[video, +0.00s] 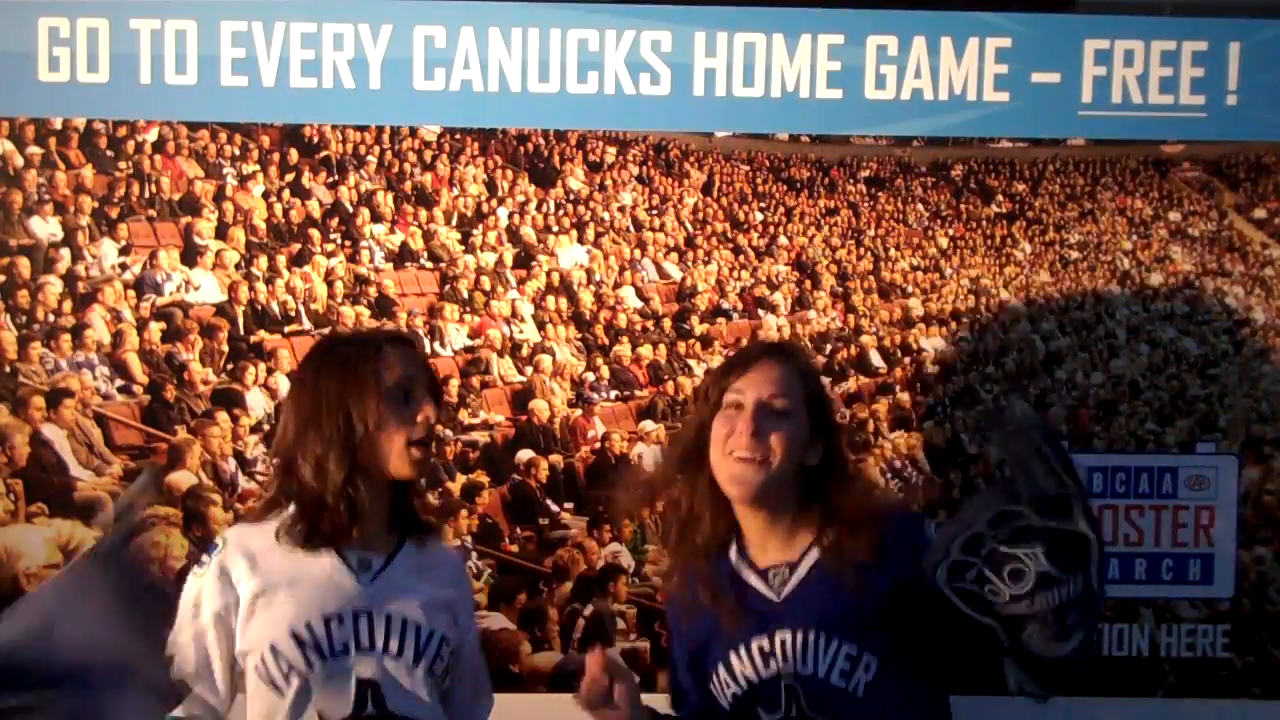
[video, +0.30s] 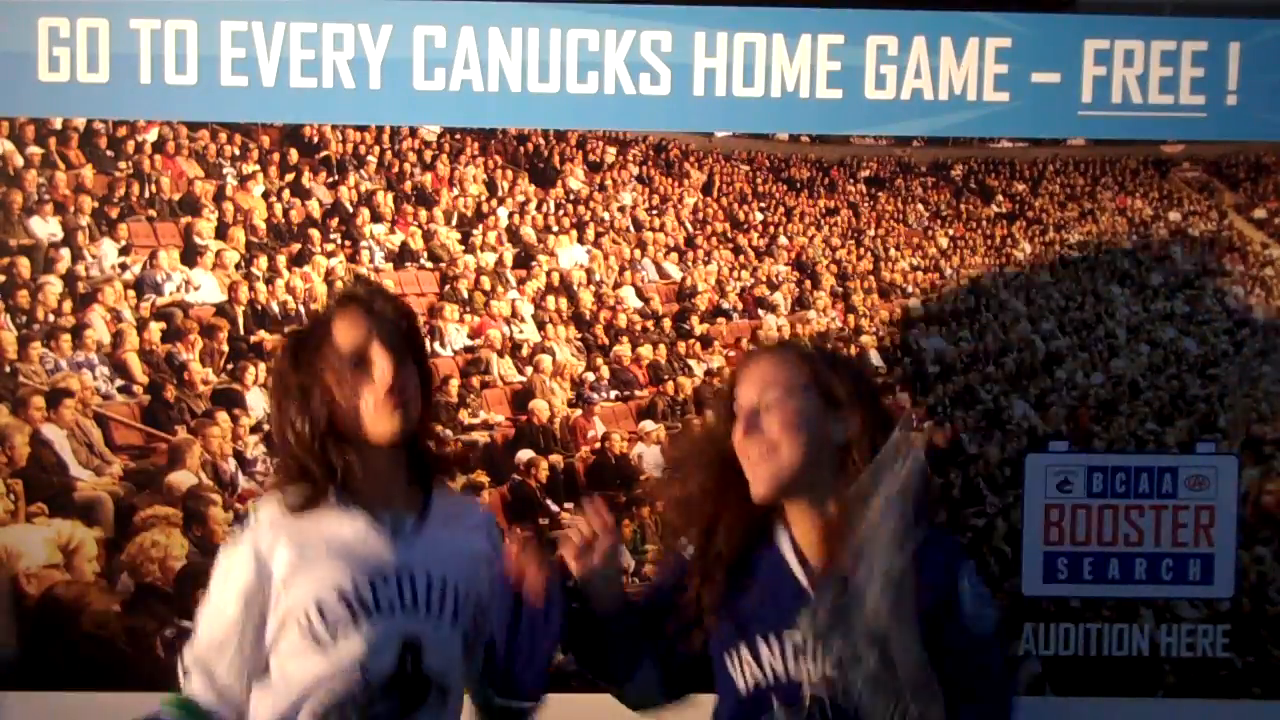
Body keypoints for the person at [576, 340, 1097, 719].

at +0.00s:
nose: (746, 431)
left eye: (774, 414)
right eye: (730, 409)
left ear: (814, 445)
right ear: (705, 432)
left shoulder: (895, 550)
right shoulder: (691, 589)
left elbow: (977, 678)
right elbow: (698, 717)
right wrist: (634, 714)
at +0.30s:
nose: (742, 434)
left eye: (766, 409)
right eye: (739, 417)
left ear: (841, 420)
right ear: (731, 438)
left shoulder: (924, 560)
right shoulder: (729, 563)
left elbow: (980, 698)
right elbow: (646, 684)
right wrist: (605, 588)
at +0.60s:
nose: (801, 381)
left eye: (833, 368)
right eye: (808, 363)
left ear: (901, 404)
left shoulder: (956, 534)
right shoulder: (750, 500)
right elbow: (675, 634)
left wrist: (1067, 668)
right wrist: (626, 525)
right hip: (757, 713)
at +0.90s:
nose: (839, 400)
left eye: (865, 389)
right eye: (827, 386)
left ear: (915, 422)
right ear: (805, 416)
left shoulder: (987, 534)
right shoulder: (781, 555)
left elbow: (1082, 648)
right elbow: (698, 679)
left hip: (971, 710)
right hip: (834, 709)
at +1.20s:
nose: (870, 446)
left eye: (892, 430)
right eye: (850, 422)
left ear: (916, 458)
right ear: (814, 442)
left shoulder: (974, 577)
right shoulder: (772, 565)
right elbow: (636, 617)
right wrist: (639, 476)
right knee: (570, 708)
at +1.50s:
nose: (864, 448)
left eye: (877, 418)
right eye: (847, 440)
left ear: (934, 416)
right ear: (840, 472)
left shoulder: (1047, 561)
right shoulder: (828, 591)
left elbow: (1157, 613)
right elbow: (760, 709)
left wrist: (1109, 470)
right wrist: (674, 652)